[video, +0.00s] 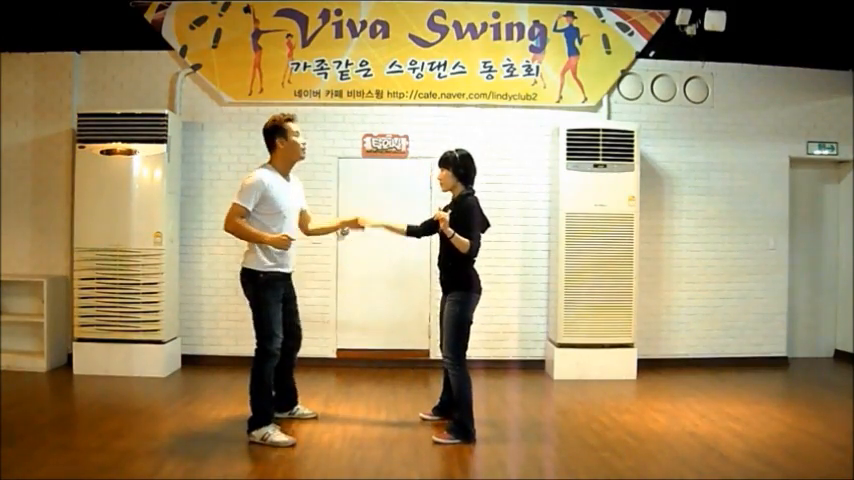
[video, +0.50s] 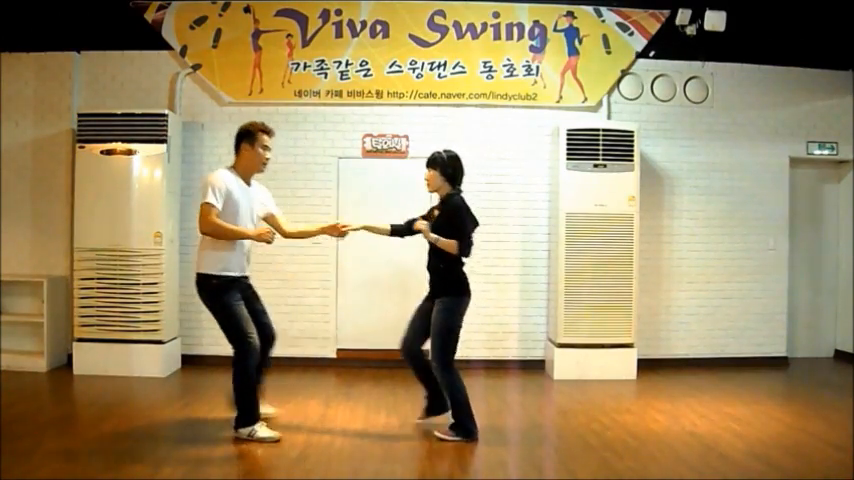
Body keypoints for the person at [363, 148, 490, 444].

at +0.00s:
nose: (437, 174)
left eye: (442, 169)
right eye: (439, 169)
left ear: (456, 173)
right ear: (455, 173)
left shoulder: (469, 205)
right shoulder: (452, 206)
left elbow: (470, 249)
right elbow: (418, 231)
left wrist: (447, 229)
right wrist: (376, 223)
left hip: (463, 291)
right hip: (452, 289)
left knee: (454, 357)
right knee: (448, 353)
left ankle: (463, 429)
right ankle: (447, 408)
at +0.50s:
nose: (426, 176)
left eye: (430, 170)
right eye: (427, 170)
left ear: (445, 174)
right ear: (441, 175)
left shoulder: (457, 207)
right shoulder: (437, 209)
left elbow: (464, 249)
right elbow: (401, 230)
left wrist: (429, 235)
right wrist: (361, 226)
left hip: (453, 295)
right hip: (436, 294)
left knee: (442, 361)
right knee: (410, 348)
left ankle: (465, 427)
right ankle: (437, 400)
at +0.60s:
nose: (413, 177)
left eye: (418, 172)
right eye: (415, 172)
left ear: (431, 176)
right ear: (429, 177)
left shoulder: (441, 208)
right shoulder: (426, 211)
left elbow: (440, 250)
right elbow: (390, 231)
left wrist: (411, 237)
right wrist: (351, 230)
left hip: (441, 298)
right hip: (427, 297)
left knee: (436, 364)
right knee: (394, 345)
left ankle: (465, 427)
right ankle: (402, 412)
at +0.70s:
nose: (397, 183)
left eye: (402, 178)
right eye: (399, 178)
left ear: (416, 183)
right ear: (415, 183)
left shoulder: (422, 214)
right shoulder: (412, 214)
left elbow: (416, 256)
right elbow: (382, 236)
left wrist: (387, 244)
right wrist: (342, 238)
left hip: (423, 302)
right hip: (411, 301)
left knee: (427, 368)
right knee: (378, 352)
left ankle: (464, 426)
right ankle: (362, 419)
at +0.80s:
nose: (376, 180)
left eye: (381, 176)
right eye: (378, 175)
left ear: (393, 180)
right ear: (393, 180)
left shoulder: (399, 211)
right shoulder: (392, 211)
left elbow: (390, 254)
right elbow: (362, 239)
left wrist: (359, 242)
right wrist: (322, 240)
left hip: (396, 301)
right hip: (386, 300)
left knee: (397, 364)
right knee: (357, 352)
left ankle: (451, 411)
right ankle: (356, 420)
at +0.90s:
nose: (356, 173)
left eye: (360, 169)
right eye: (357, 168)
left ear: (372, 174)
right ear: (373, 174)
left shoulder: (377, 205)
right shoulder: (371, 203)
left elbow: (365, 248)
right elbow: (349, 234)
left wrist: (333, 240)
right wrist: (321, 235)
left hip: (371, 291)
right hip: (367, 290)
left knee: (349, 353)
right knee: (349, 353)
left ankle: (404, 397)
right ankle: (356, 418)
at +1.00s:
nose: (335, 173)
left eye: (339, 169)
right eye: (337, 168)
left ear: (351, 173)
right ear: (356, 174)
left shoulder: (353, 204)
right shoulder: (356, 202)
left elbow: (339, 247)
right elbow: (334, 241)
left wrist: (307, 240)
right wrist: (307, 238)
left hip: (345, 291)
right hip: (350, 289)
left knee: (309, 345)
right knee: (339, 352)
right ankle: (355, 421)